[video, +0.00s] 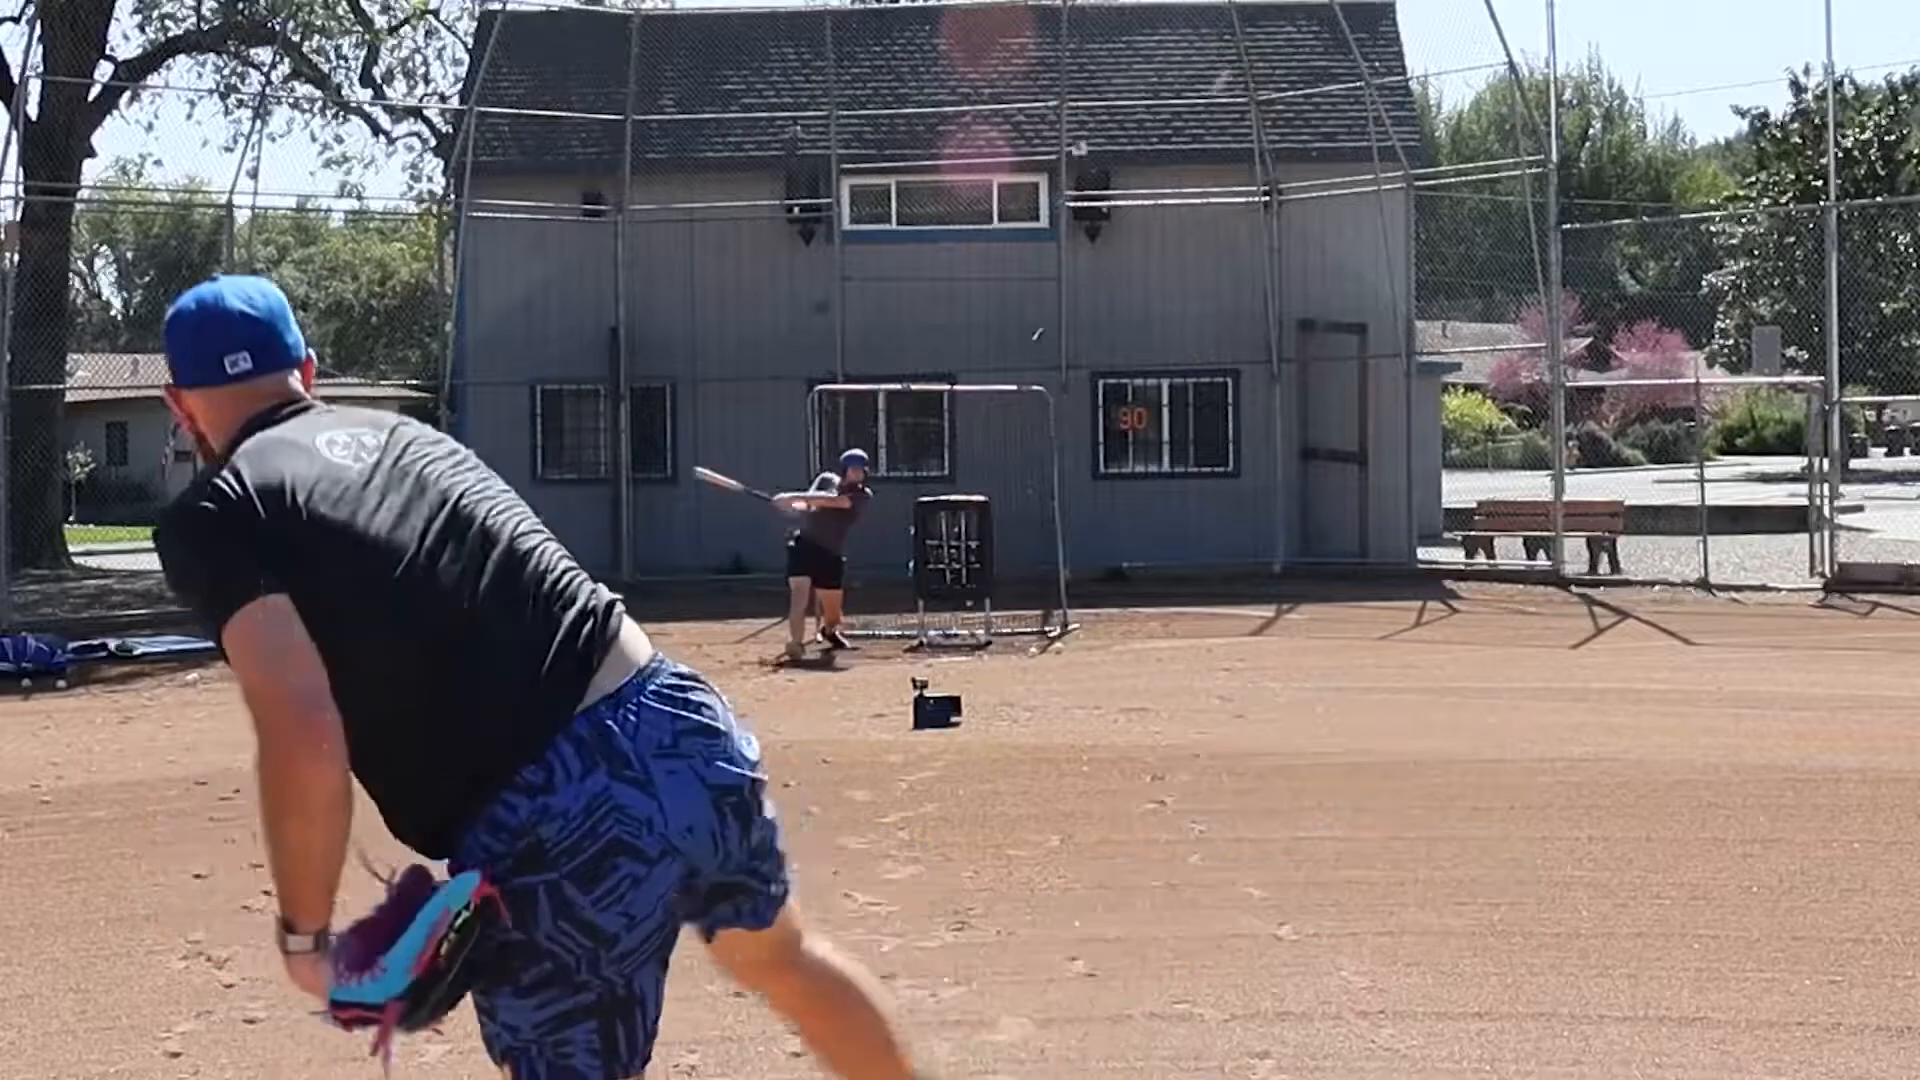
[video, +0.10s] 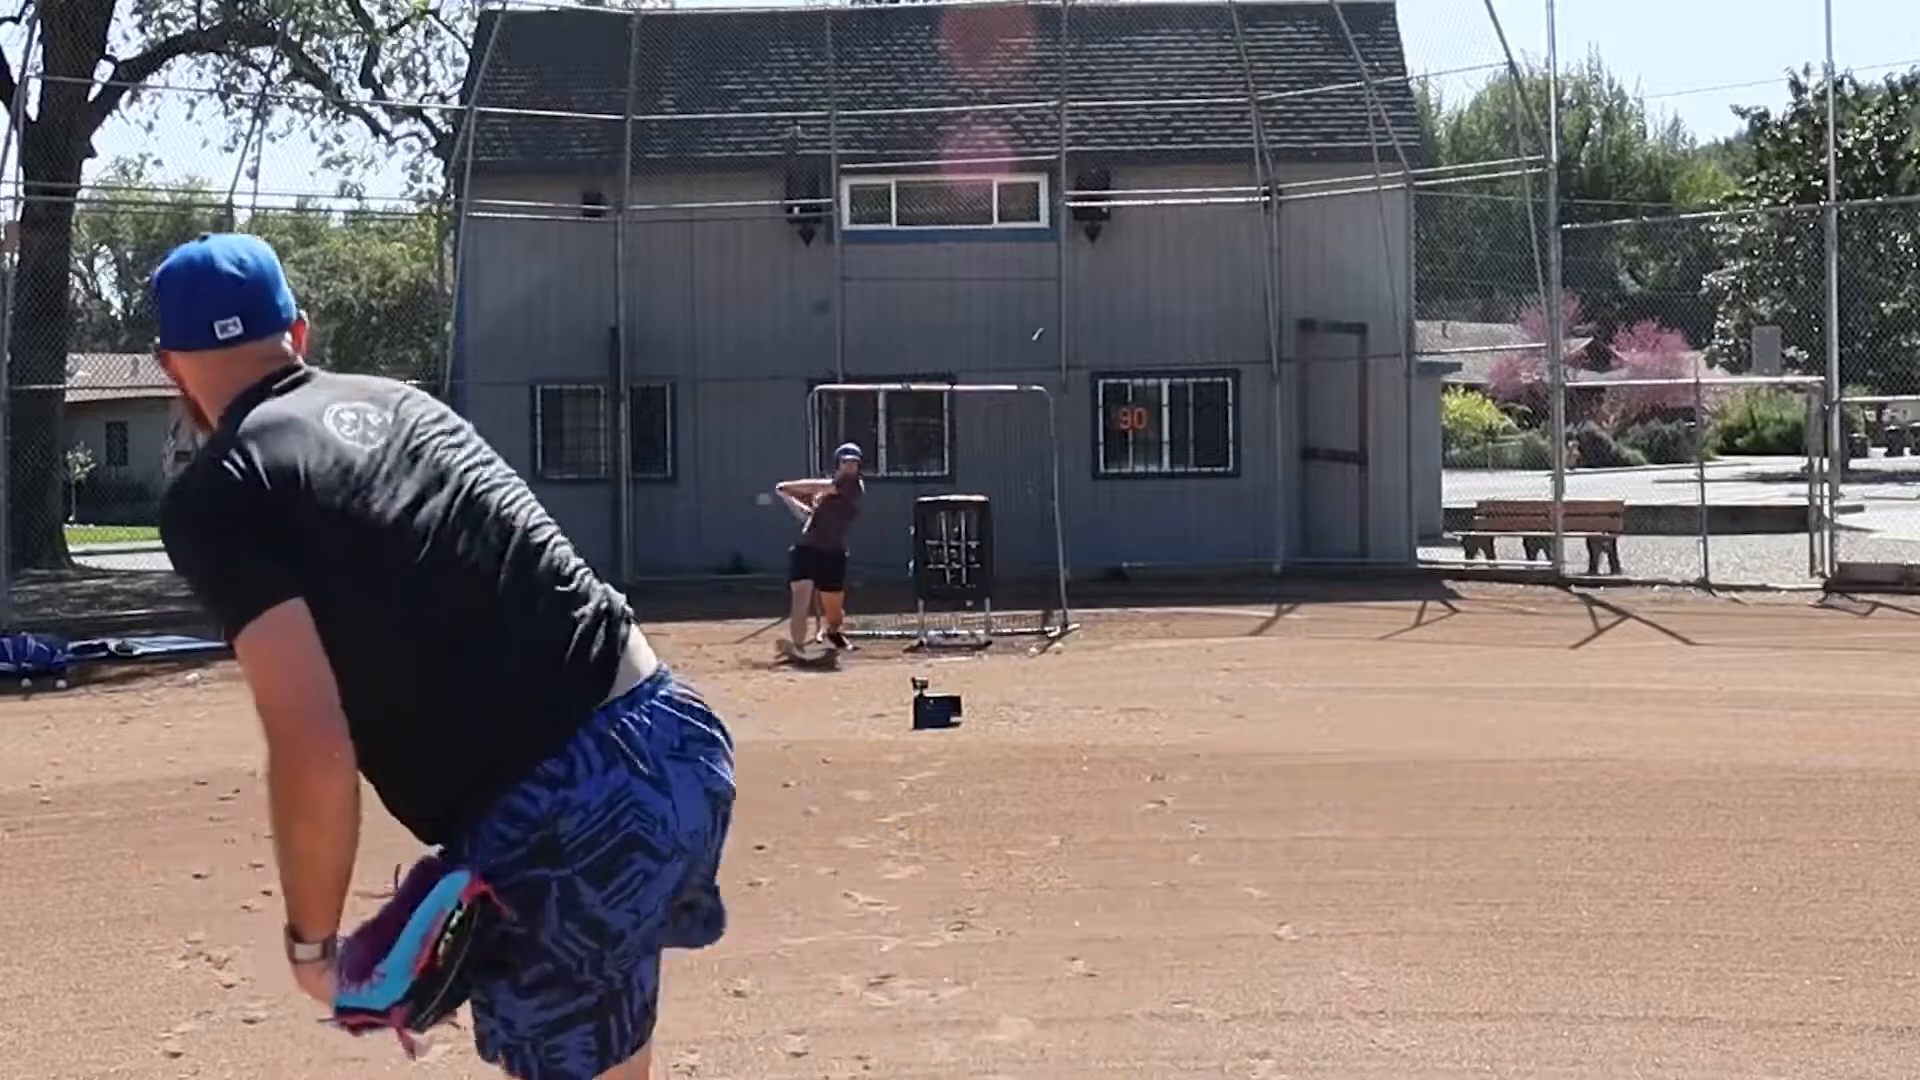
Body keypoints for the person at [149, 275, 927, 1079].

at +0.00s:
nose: (177, 423)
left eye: (171, 406)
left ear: (186, 409)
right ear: (309, 370)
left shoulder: (213, 507)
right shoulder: (403, 430)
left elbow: (304, 726)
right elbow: (488, 628)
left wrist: (304, 924)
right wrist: (453, 865)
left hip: (556, 829)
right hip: (689, 728)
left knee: (569, 1056)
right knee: (777, 949)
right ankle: (899, 1069)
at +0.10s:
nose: (173, 380)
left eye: (170, 362)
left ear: (175, 371)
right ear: (299, 332)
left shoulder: (220, 485)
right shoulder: (398, 399)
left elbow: (312, 739)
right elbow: (495, 608)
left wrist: (312, 936)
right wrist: (467, 854)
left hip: (568, 816)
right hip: (676, 732)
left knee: (568, 1061)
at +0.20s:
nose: (165, 355)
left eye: (156, 336)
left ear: (161, 341)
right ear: (293, 301)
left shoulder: (216, 467)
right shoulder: (391, 378)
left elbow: (295, 743)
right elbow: (492, 594)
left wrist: (287, 929)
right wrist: (440, 836)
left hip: (546, 822)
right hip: (636, 738)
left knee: (562, 1060)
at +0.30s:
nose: (136, 327)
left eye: (131, 307)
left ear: (142, 315)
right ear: (271, 276)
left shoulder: (214, 438)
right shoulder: (363, 363)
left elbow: (289, 717)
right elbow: (424, 595)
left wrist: (265, 926)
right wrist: (357, 773)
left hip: (493, 824)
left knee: (530, 1062)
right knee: (227, 993)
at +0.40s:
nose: (87, 305)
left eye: (83, 283)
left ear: (91, 292)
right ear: (223, 263)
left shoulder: (183, 423)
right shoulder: (315, 372)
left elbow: (268, 715)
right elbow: (315, 629)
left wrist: (242, 918)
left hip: (432, 851)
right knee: (167, 1065)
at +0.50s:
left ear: (32, 280)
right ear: (124, 268)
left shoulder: (136, 407)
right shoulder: (180, 377)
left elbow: (237, 680)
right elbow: (182, 679)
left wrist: (220, 906)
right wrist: (78, 858)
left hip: (384, 850)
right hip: (255, 832)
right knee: (122, 1067)